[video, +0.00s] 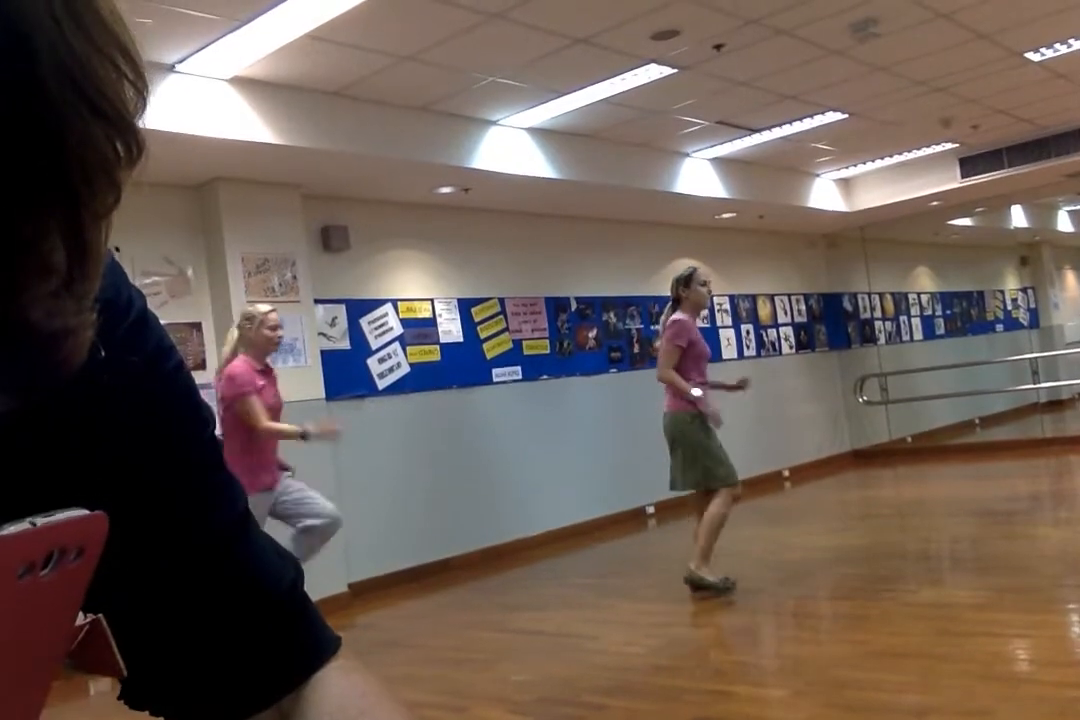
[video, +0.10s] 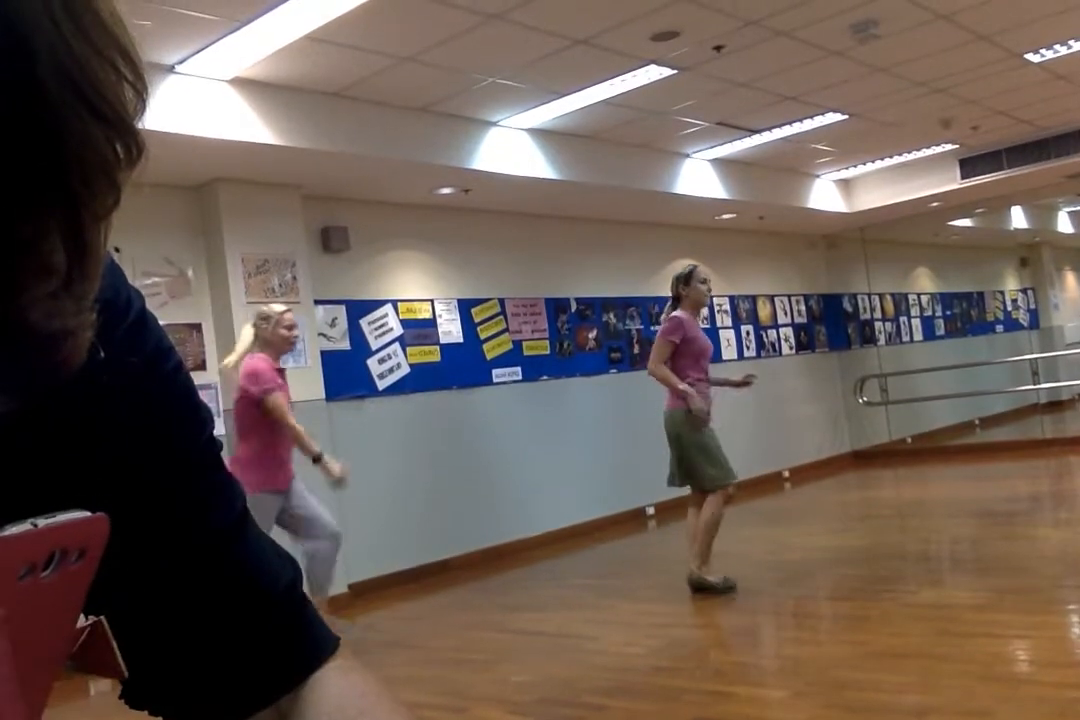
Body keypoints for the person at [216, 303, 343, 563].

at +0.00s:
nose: (279, 334)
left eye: (280, 328)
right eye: (272, 329)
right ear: (250, 332)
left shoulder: (263, 370)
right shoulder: (238, 373)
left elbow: (259, 429)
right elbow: (260, 425)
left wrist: (272, 460)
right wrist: (307, 432)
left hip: (269, 478)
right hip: (246, 485)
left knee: (325, 519)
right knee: (246, 556)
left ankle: (280, 577)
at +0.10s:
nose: (295, 334)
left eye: (295, 328)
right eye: (288, 328)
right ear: (265, 331)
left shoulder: (269, 367)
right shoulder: (257, 367)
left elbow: (273, 426)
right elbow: (287, 422)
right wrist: (322, 460)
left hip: (279, 483)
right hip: (256, 487)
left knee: (325, 534)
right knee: (248, 561)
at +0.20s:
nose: (313, 333)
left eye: (312, 328)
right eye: (306, 328)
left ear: (295, 332)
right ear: (285, 330)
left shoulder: (280, 365)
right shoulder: (284, 367)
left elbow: (283, 417)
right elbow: (295, 427)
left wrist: (314, 409)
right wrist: (311, 476)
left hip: (291, 482)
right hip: (278, 484)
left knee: (314, 556)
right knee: (269, 564)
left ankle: (331, 629)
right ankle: (267, 643)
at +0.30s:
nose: (332, 327)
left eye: (332, 322)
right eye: (325, 322)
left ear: (314, 328)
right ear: (304, 326)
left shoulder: (305, 360)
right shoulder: (305, 362)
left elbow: (309, 414)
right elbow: (294, 418)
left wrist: (335, 396)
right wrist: (293, 471)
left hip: (303, 473)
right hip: (301, 474)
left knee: (312, 553)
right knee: (320, 550)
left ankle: (327, 631)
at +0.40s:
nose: (348, 331)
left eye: (349, 325)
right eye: (342, 325)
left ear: (333, 330)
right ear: (322, 328)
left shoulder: (322, 363)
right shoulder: (321, 362)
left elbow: (336, 418)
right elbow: (293, 408)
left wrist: (370, 400)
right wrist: (291, 458)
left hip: (304, 474)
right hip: (321, 473)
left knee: (315, 549)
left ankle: (330, 631)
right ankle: (307, 557)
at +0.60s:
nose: (380, 326)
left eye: (380, 320)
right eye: (374, 321)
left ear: (369, 327)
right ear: (355, 325)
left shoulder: (364, 361)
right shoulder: (360, 358)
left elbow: (383, 417)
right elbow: (317, 388)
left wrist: (411, 452)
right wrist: (343, 417)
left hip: (341, 470)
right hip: (364, 467)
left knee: (349, 546)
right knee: (408, 521)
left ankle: (335, 629)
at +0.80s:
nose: (424, 324)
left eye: (423, 319)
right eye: (419, 319)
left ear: (400, 322)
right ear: (401, 321)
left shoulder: (394, 352)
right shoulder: (401, 352)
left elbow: (396, 398)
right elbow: (393, 400)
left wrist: (424, 384)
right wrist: (427, 389)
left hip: (393, 461)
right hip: (407, 461)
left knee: (412, 539)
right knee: (430, 535)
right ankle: (432, 616)